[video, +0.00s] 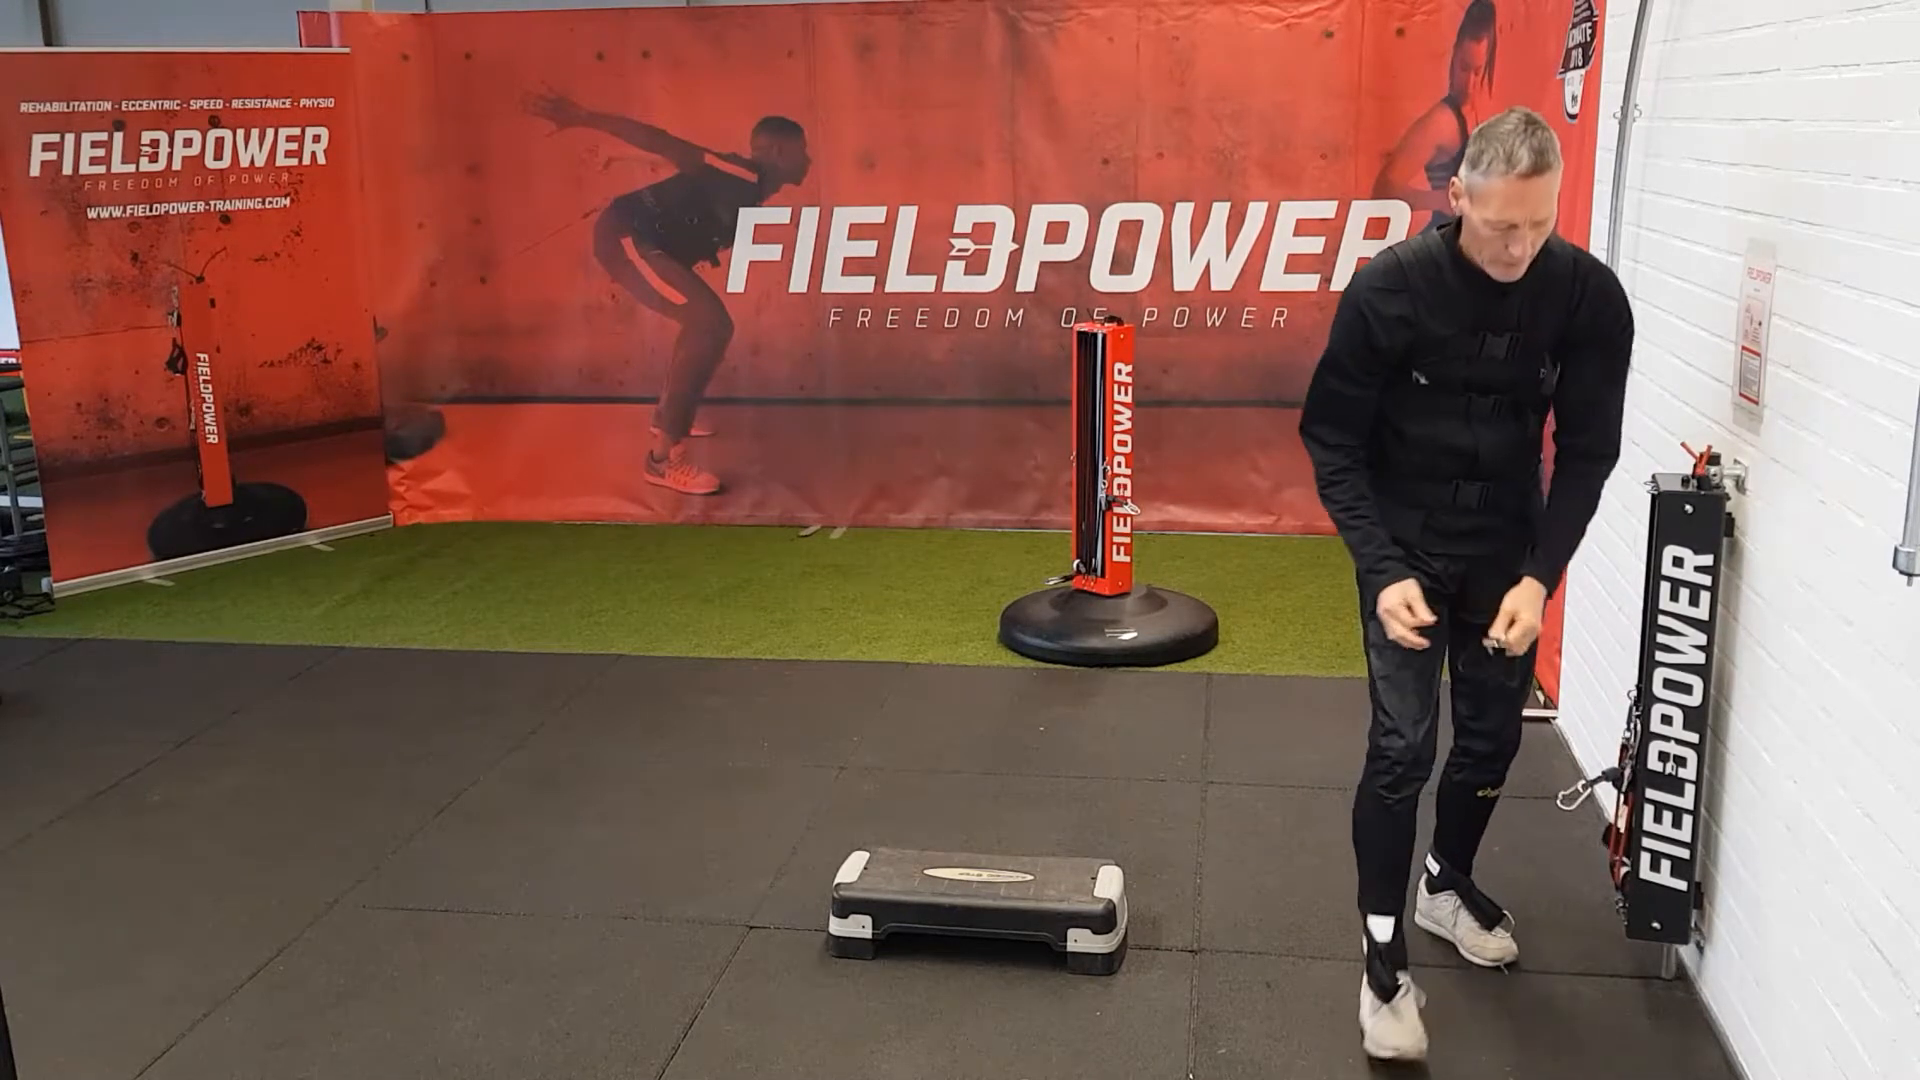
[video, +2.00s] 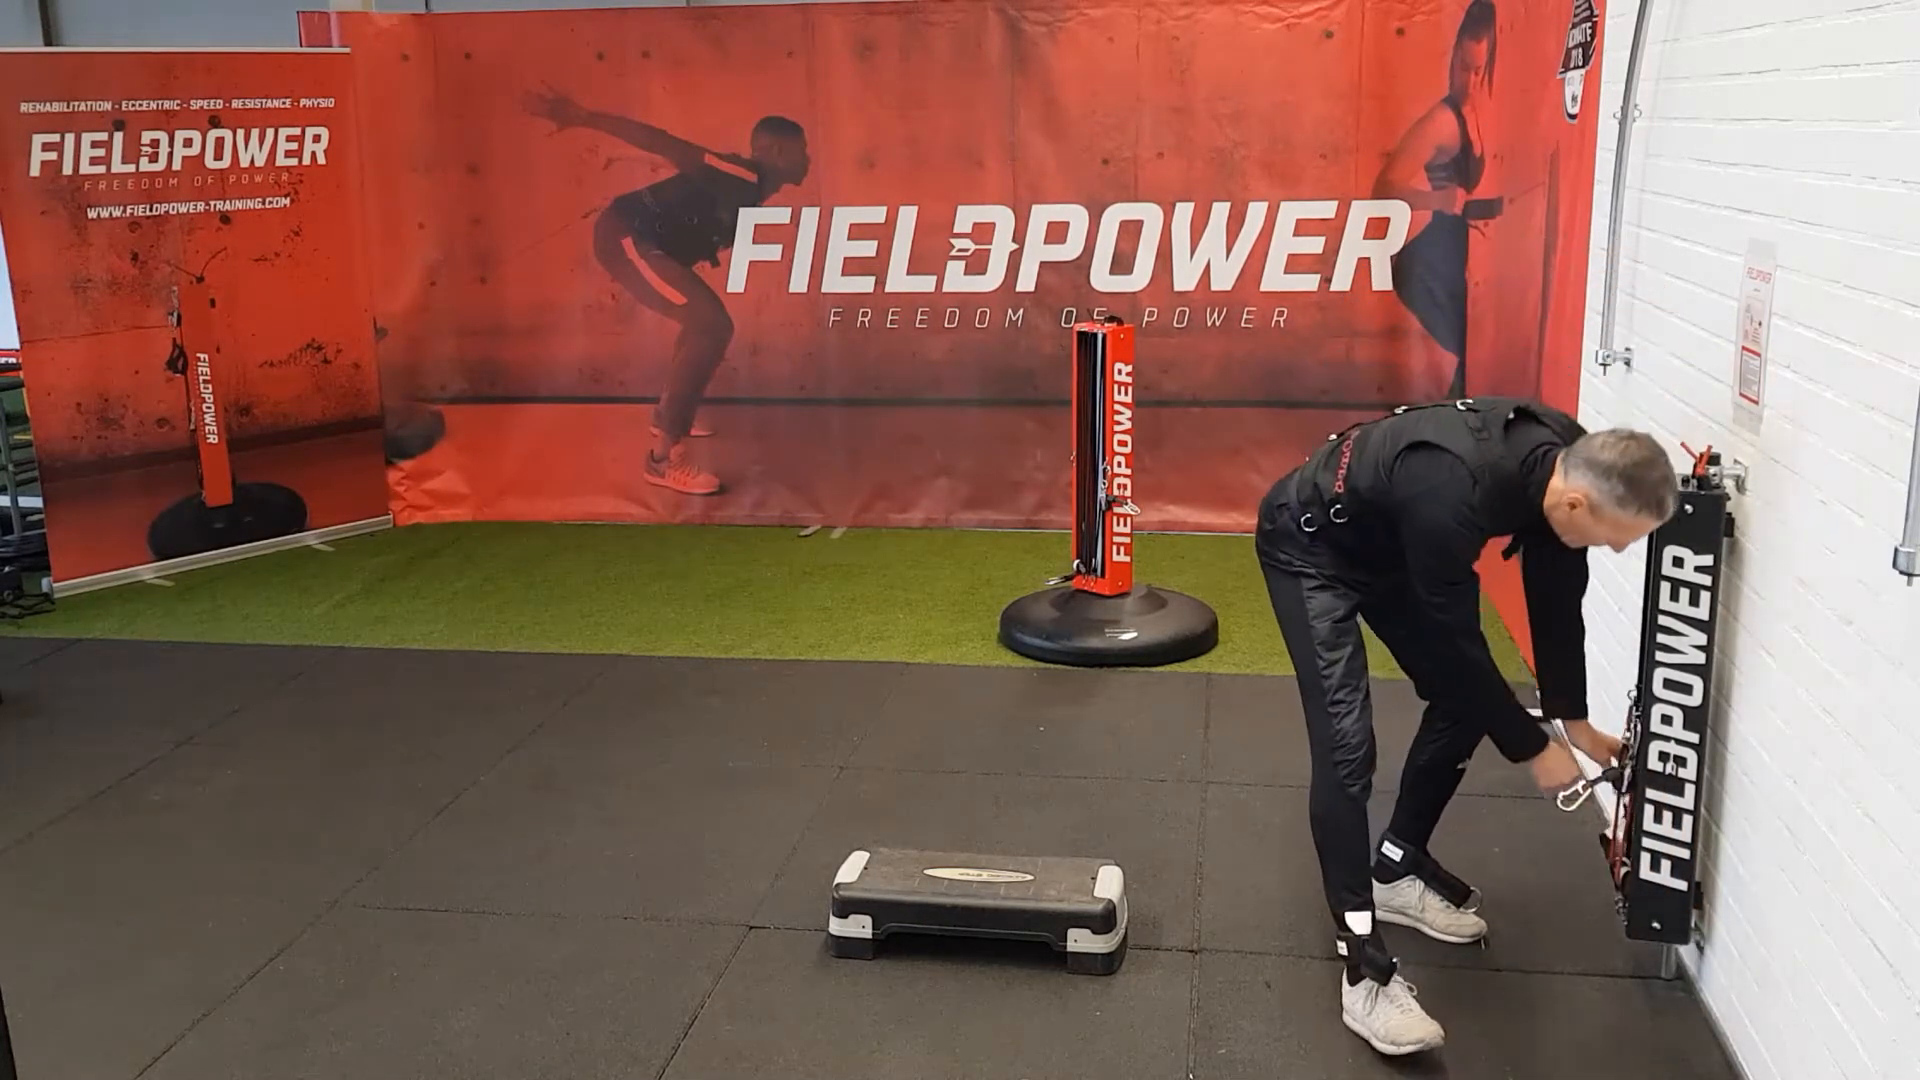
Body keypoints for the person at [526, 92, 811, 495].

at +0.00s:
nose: (807, 159)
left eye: (804, 150)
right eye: (801, 150)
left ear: (773, 151)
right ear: (772, 150)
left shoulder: (749, 189)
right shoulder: (737, 178)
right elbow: (662, 143)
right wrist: (582, 117)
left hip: (642, 237)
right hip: (627, 235)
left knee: (710, 322)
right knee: (712, 325)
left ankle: (670, 413)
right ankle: (665, 458)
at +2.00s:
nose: (807, 159)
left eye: (805, 150)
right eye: (800, 150)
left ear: (774, 151)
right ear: (772, 150)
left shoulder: (749, 188)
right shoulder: (735, 177)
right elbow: (662, 142)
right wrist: (584, 117)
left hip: (644, 236)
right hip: (626, 233)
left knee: (709, 321)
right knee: (713, 326)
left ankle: (670, 411)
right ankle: (665, 457)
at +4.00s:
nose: (807, 158)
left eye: (805, 150)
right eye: (800, 150)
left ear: (773, 152)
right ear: (771, 150)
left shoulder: (752, 188)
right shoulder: (734, 175)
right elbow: (659, 141)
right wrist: (581, 117)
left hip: (646, 237)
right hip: (626, 234)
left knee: (710, 322)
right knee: (713, 325)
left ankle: (670, 413)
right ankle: (665, 457)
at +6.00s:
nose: (807, 159)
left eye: (805, 150)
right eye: (800, 150)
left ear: (774, 151)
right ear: (772, 150)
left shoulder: (750, 188)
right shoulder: (735, 176)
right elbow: (659, 142)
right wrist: (584, 117)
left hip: (645, 237)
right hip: (626, 233)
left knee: (709, 322)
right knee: (713, 325)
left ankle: (670, 412)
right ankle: (665, 456)